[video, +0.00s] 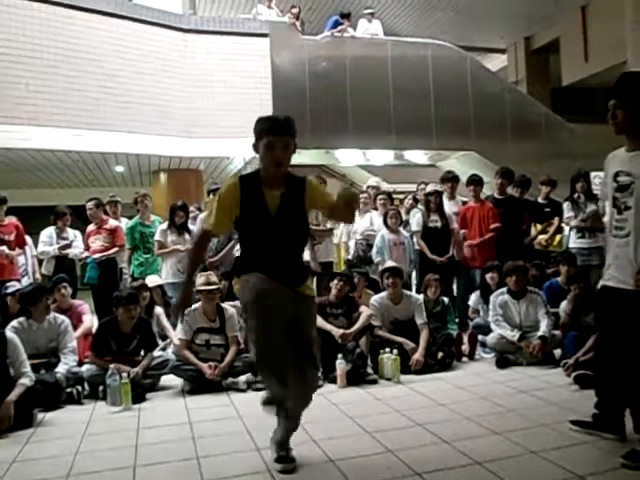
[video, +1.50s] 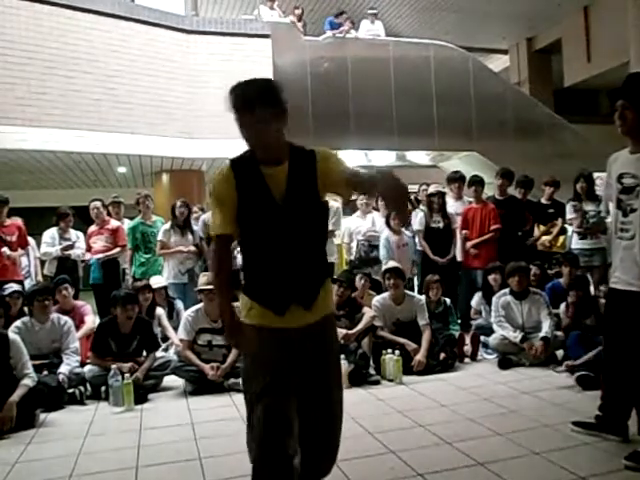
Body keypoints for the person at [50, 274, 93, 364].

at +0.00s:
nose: (62, 292)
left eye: (65, 287)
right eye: (58, 290)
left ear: (70, 290)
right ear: (53, 295)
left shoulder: (81, 306)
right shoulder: (51, 311)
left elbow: (88, 324)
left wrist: (72, 337)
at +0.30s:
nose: (65, 293)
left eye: (67, 289)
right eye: (61, 290)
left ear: (73, 291)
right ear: (56, 296)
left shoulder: (84, 307)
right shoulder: (54, 312)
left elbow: (90, 325)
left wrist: (75, 338)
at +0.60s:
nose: (64, 293)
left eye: (66, 289)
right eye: (60, 291)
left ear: (72, 291)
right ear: (55, 296)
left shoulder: (83, 307)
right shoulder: (53, 312)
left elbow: (90, 324)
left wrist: (75, 338)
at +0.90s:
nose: (64, 293)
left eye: (66, 289)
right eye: (59, 291)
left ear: (72, 291)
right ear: (55, 296)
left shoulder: (83, 307)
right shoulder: (53, 312)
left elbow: (90, 325)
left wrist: (75, 338)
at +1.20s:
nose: (64, 294)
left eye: (66, 289)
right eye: (59, 291)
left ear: (72, 290)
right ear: (55, 296)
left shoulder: (83, 307)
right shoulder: (53, 312)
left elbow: (90, 325)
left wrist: (75, 338)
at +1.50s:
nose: (64, 293)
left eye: (66, 289)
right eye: (59, 291)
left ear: (72, 290)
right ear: (55, 296)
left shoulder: (83, 307)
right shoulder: (53, 312)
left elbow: (90, 325)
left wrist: (74, 338)